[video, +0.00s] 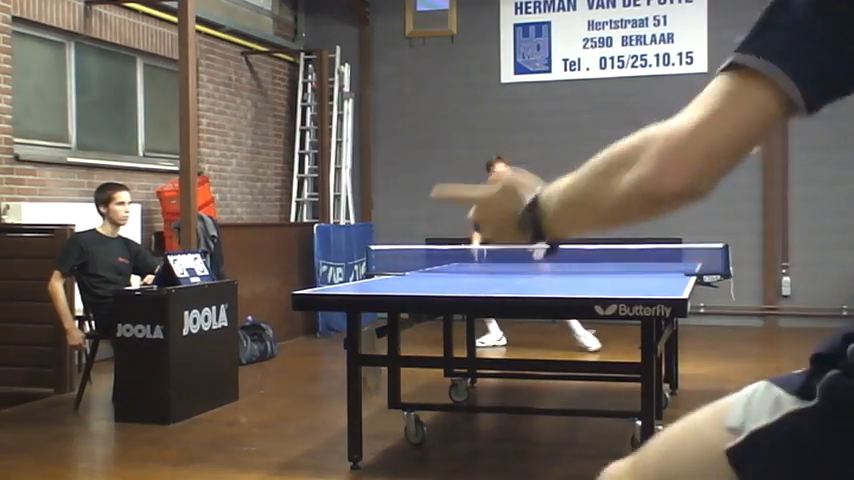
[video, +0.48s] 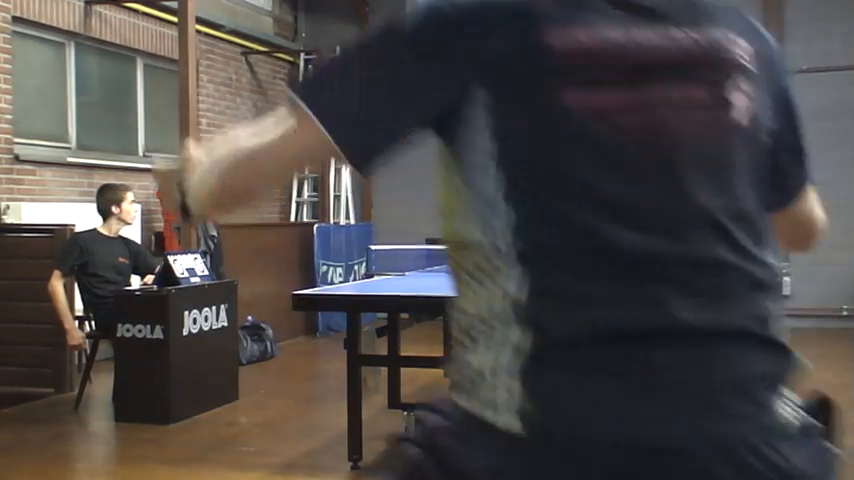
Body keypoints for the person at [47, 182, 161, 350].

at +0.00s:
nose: (127, 210)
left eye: (128, 204)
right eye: (120, 204)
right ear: (103, 208)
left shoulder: (129, 246)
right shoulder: (80, 242)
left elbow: (163, 269)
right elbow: (55, 283)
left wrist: (155, 277)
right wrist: (71, 330)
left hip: (135, 314)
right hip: (107, 319)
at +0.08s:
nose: (129, 209)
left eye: (129, 204)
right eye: (122, 204)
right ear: (104, 208)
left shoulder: (129, 246)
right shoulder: (80, 242)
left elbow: (163, 269)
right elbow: (55, 283)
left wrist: (155, 277)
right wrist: (71, 330)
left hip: (135, 315)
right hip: (106, 319)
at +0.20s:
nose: (131, 209)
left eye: (131, 204)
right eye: (125, 204)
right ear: (107, 209)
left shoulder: (129, 246)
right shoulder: (80, 242)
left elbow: (163, 269)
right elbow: (55, 283)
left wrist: (155, 277)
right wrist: (71, 330)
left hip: (136, 315)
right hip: (107, 320)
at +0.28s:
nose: (133, 209)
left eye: (132, 204)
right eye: (127, 204)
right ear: (109, 209)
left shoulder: (129, 247)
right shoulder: (80, 242)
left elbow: (164, 270)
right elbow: (55, 283)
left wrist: (156, 277)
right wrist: (71, 329)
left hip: (135, 316)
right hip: (106, 320)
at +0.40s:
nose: (135, 209)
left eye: (134, 203)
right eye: (129, 203)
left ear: (114, 209)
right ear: (112, 209)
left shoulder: (129, 247)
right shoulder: (80, 242)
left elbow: (164, 269)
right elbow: (55, 283)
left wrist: (155, 277)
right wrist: (71, 329)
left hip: (135, 316)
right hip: (107, 320)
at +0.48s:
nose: (136, 209)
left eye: (134, 203)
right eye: (131, 203)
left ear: (116, 209)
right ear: (115, 209)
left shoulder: (129, 247)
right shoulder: (81, 242)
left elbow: (163, 269)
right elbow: (55, 283)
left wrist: (155, 277)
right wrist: (71, 329)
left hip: (135, 317)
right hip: (107, 321)